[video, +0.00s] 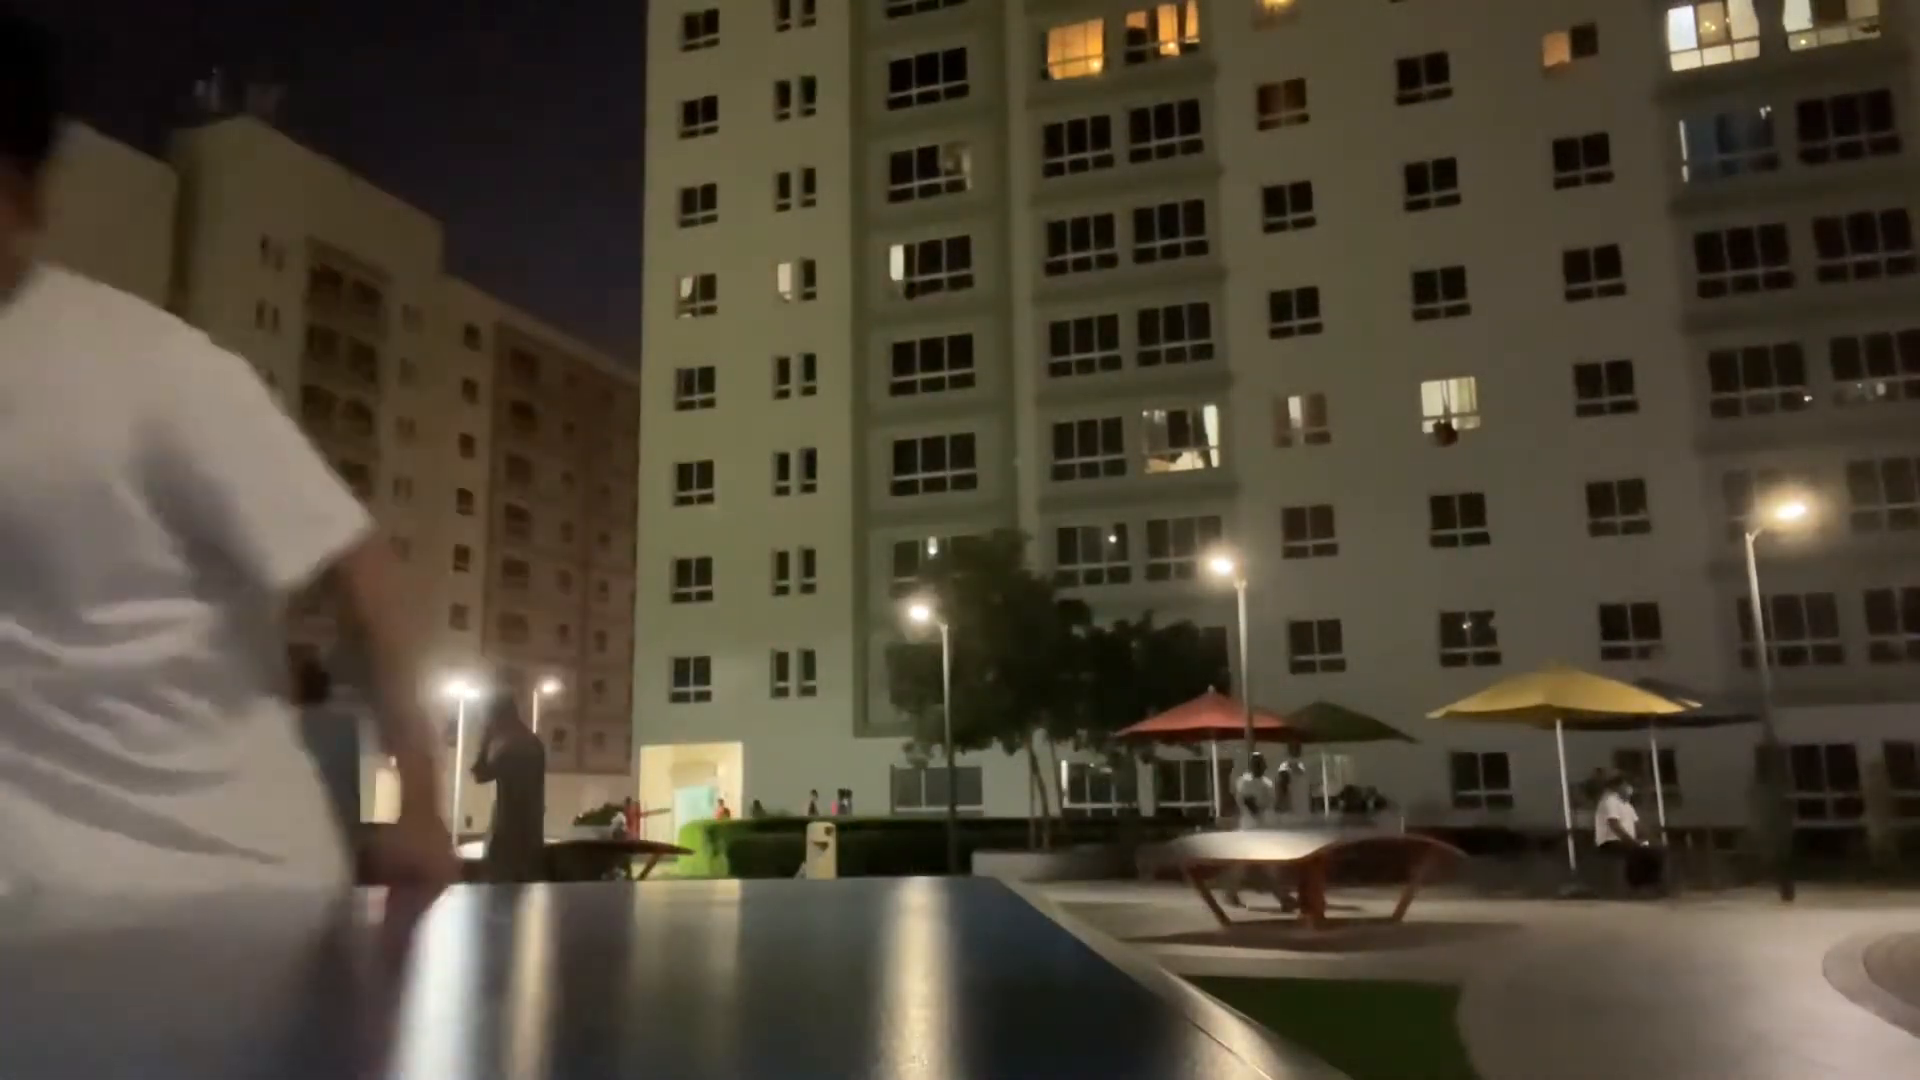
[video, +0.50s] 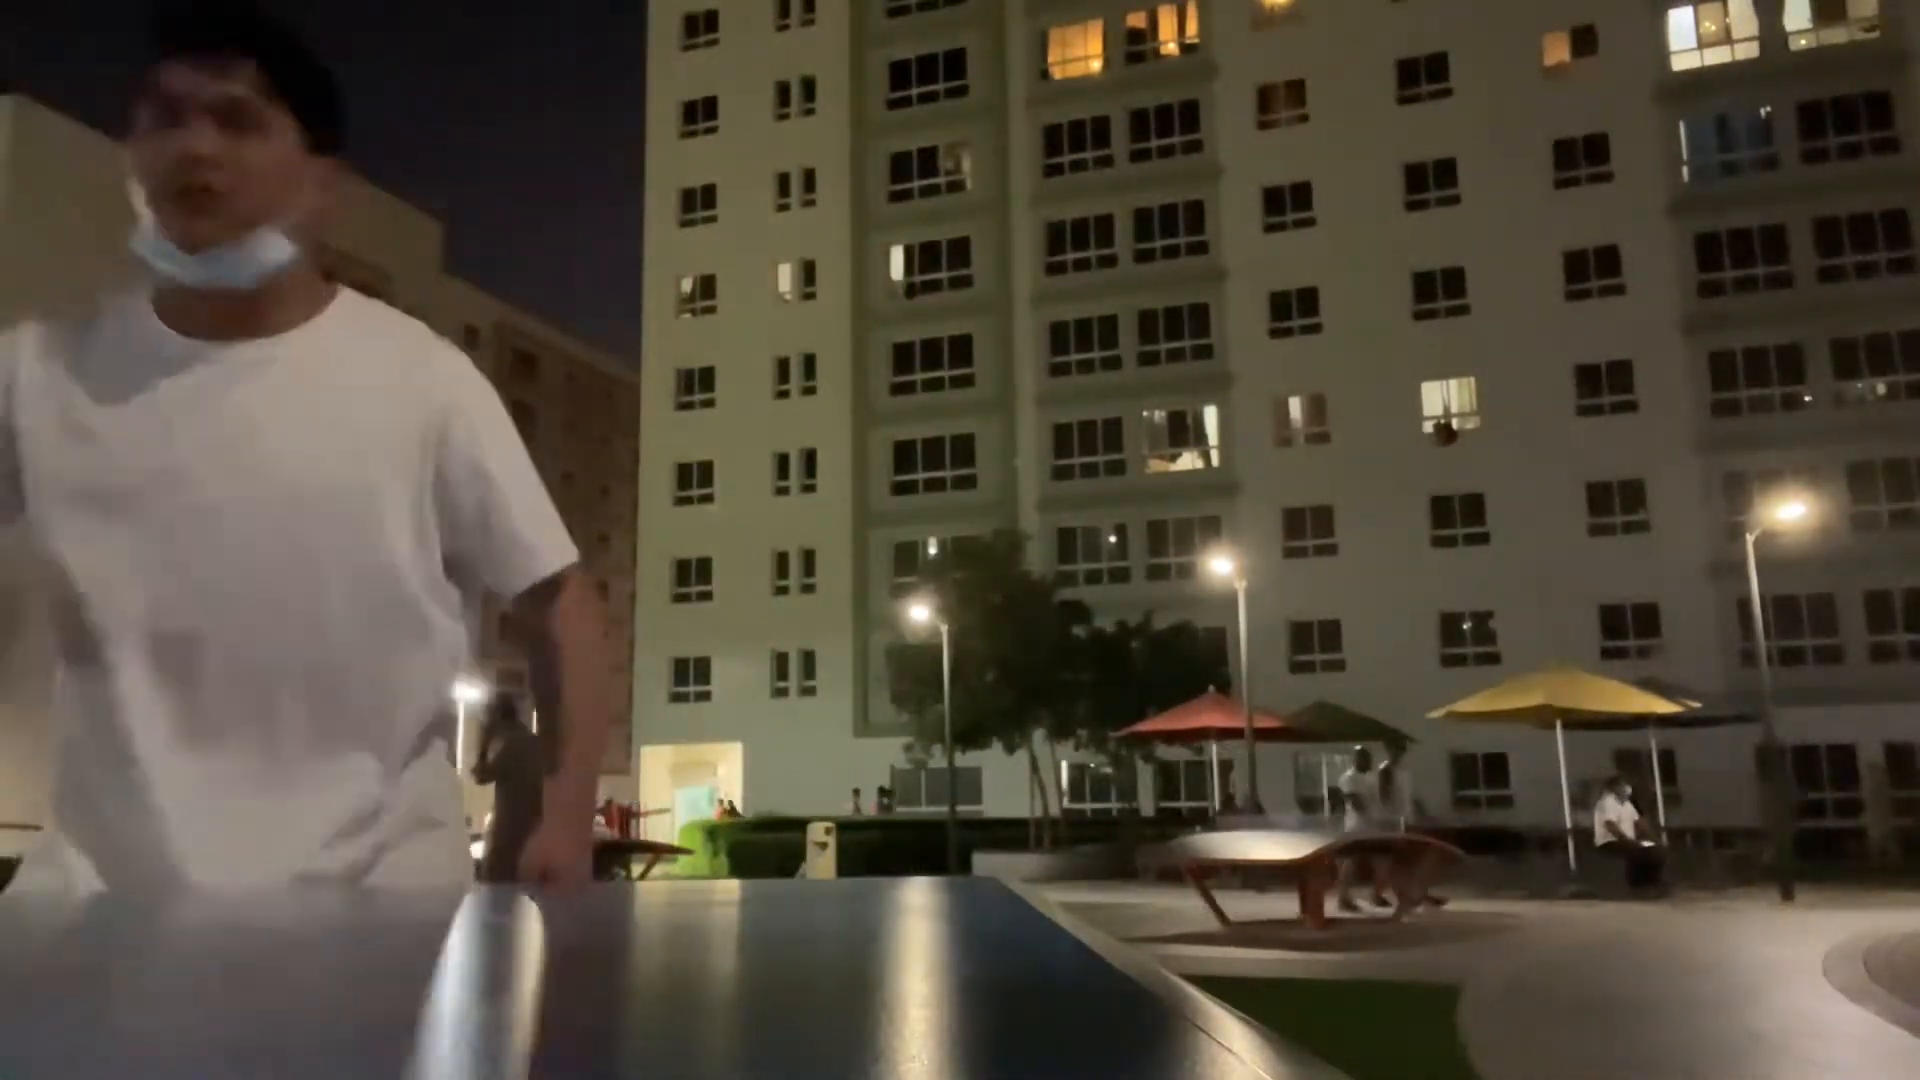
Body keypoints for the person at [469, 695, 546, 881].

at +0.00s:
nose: (490, 724)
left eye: (492, 719)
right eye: (491, 719)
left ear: (499, 717)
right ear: (513, 713)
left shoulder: (509, 747)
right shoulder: (534, 743)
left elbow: (481, 774)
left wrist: (486, 737)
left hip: (509, 832)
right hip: (531, 831)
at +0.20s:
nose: (490, 723)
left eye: (491, 718)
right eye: (490, 718)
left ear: (499, 716)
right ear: (512, 713)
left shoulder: (509, 746)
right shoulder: (534, 743)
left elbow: (481, 775)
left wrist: (486, 737)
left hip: (509, 827)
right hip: (531, 826)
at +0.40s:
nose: (494, 722)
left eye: (496, 717)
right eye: (495, 717)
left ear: (502, 717)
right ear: (514, 715)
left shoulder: (514, 744)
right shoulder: (534, 741)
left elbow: (481, 773)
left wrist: (486, 737)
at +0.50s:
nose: (489, 720)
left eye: (491, 716)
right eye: (490, 716)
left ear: (499, 716)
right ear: (514, 714)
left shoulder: (511, 743)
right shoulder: (532, 740)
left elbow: (482, 775)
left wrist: (485, 736)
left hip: (511, 814)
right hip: (528, 812)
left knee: (495, 867)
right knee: (506, 866)